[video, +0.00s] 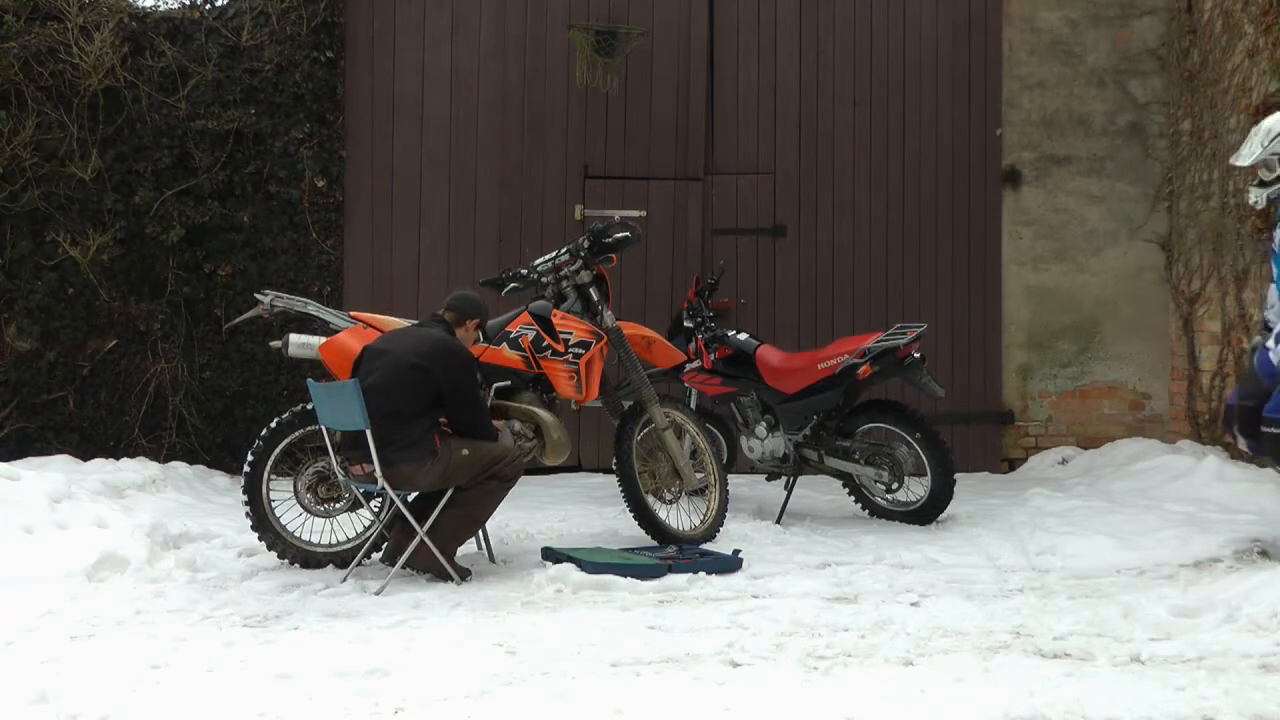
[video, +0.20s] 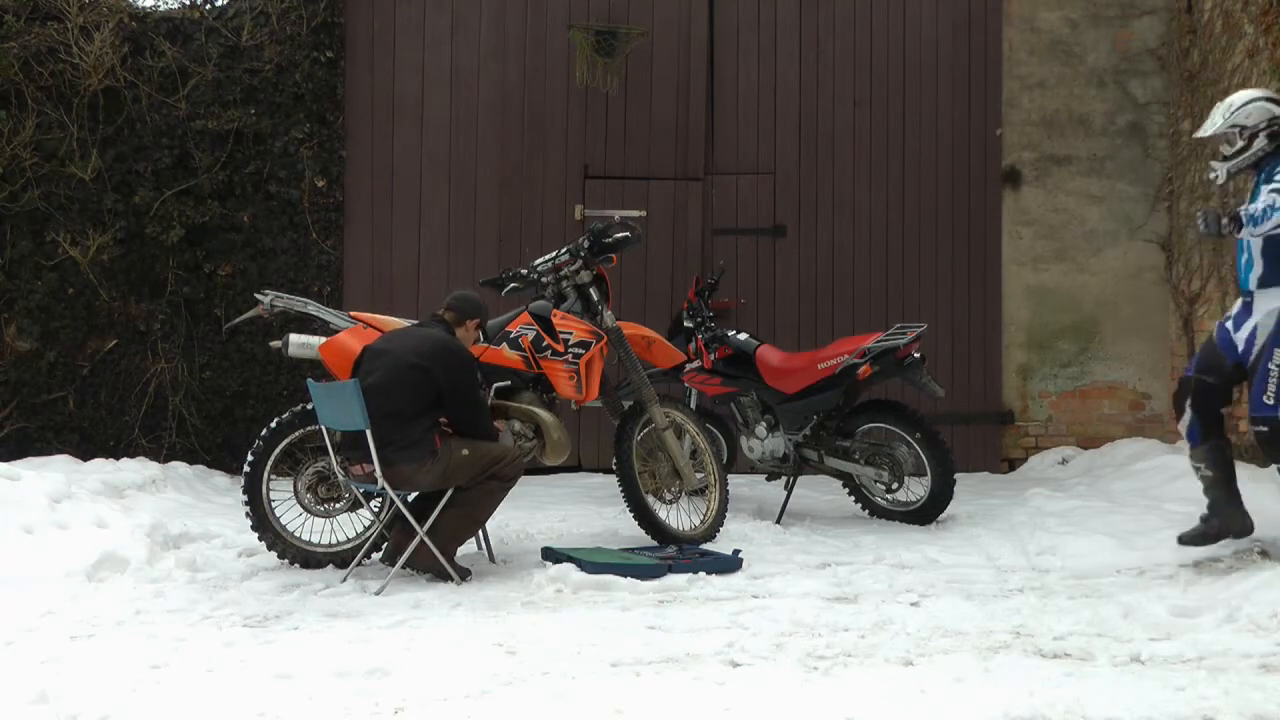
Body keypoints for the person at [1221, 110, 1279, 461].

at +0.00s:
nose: (1259, 181)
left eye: (1267, 169)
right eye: (1257, 170)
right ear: (1264, 168)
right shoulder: (1277, 230)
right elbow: (1272, 319)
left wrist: (1253, 388)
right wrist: (1251, 387)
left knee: (1266, 424)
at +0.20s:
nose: (1225, 151)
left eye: (1231, 140)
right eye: (1223, 142)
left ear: (1256, 135)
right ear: (1254, 137)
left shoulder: (1275, 182)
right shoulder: (1262, 181)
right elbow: (1264, 218)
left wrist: (1235, 221)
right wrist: (1232, 223)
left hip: (1276, 308)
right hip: (1252, 305)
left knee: (1268, 427)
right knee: (1196, 392)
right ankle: (1225, 510)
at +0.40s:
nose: (1181, 159)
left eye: (1188, 149)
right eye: (1181, 150)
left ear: (1213, 147)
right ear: (1219, 148)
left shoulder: (1249, 188)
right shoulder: (1226, 194)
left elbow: (1269, 263)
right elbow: (1210, 240)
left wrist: (1256, 330)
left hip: (1236, 322)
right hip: (1215, 321)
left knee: (1177, 427)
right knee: (1206, 428)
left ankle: (1274, 489)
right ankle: (1236, 542)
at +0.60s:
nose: (1140, 143)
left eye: (1148, 132)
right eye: (1140, 133)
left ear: (1177, 129)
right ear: (1177, 131)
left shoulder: (1225, 179)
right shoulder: (1163, 188)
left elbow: (1266, 244)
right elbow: (1121, 214)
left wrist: (1240, 278)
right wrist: (1068, 207)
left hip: (1207, 311)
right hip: (1181, 314)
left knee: (1135, 406)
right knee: (1198, 425)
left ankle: (1170, 534)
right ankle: (1236, 540)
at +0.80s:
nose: (1104, 164)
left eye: (1112, 155)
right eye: (1105, 155)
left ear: (1140, 156)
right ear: (1134, 161)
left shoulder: (1177, 203)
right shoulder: (1130, 214)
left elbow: (1194, 230)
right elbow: (1121, 290)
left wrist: (1169, 179)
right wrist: (1108, 343)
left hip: (1169, 332)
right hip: (1129, 333)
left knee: (1121, 443)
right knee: (1084, 435)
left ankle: (1162, 562)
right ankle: (1173, 484)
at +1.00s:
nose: (1061, 157)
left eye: (1066, 146)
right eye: (1060, 148)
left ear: (1090, 141)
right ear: (1099, 143)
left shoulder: (1123, 182)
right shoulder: (1124, 188)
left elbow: (1112, 215)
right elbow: (1166, 255)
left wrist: (1041, 199)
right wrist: (1137, 299)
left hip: (1122, 323)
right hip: (1086, 319)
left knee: (1110, 437)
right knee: (1036, 410)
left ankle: (1160, 557)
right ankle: (1065, 526)